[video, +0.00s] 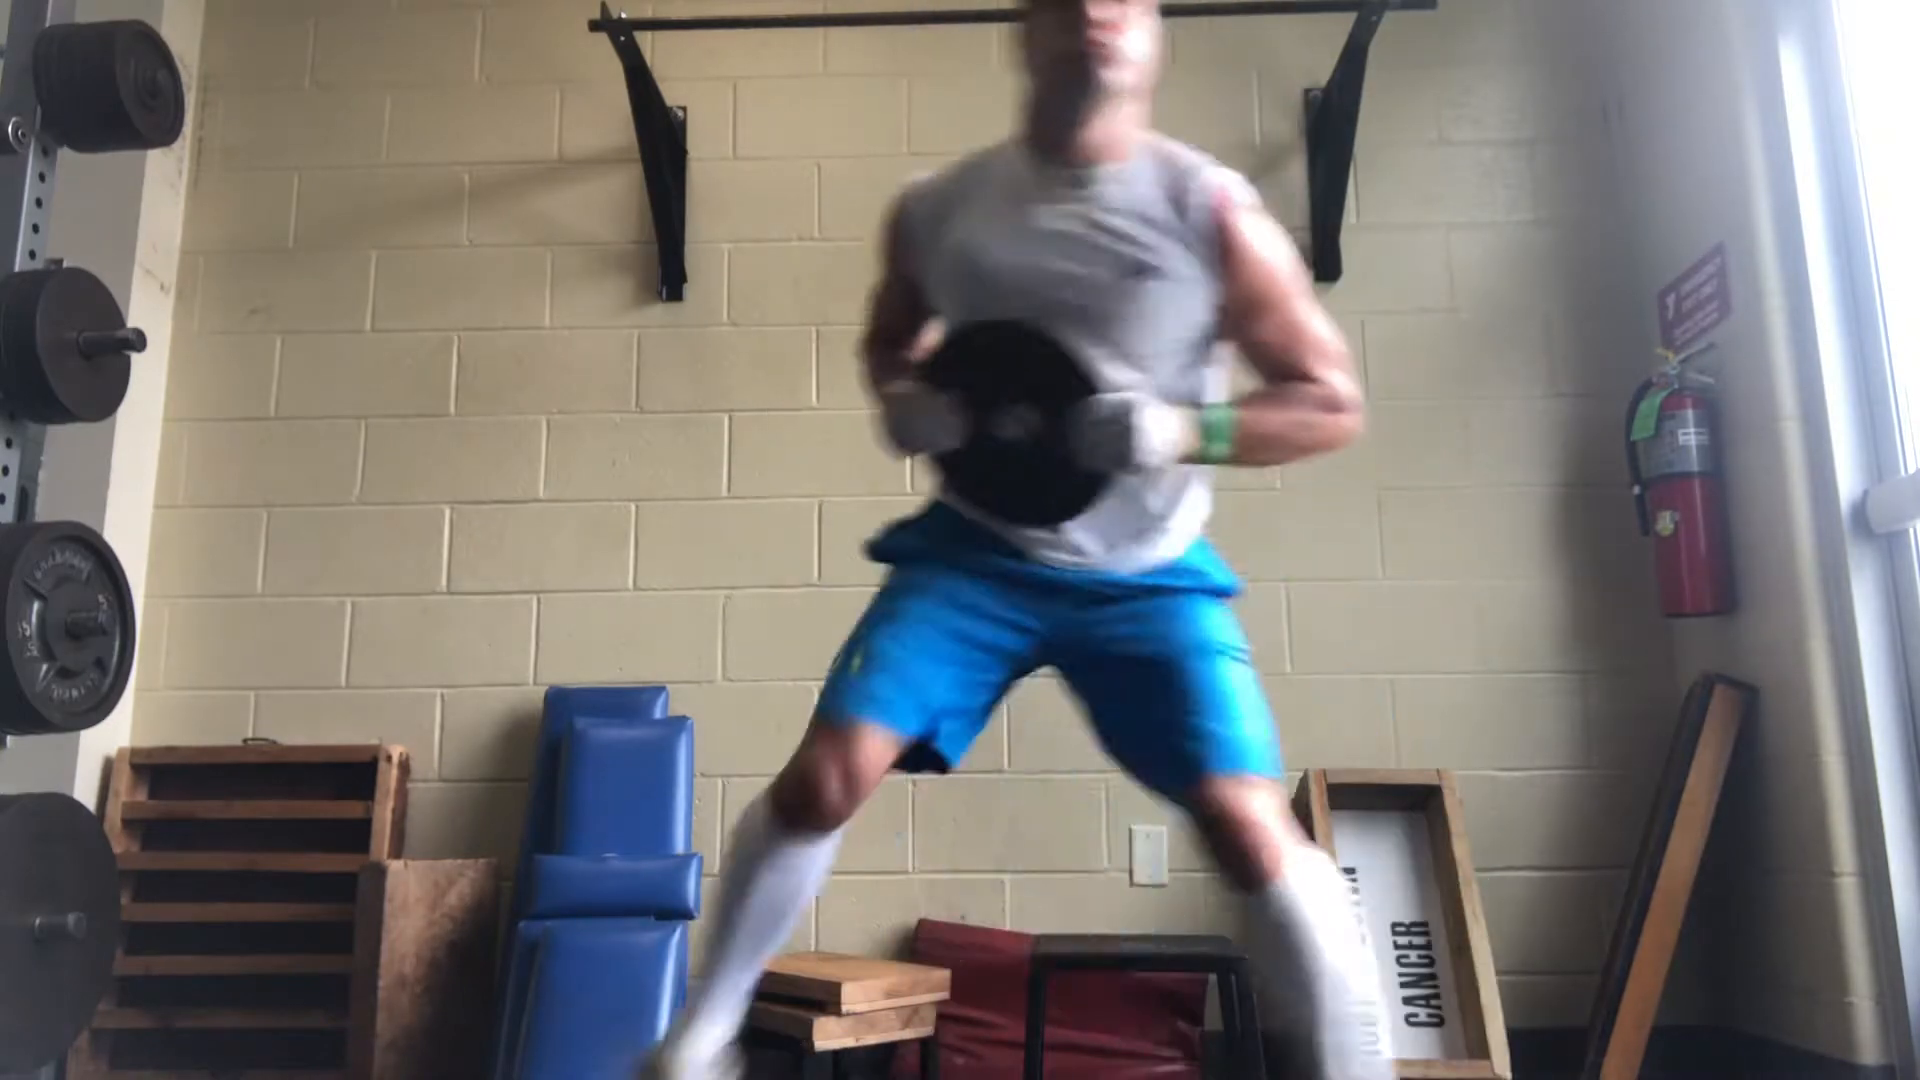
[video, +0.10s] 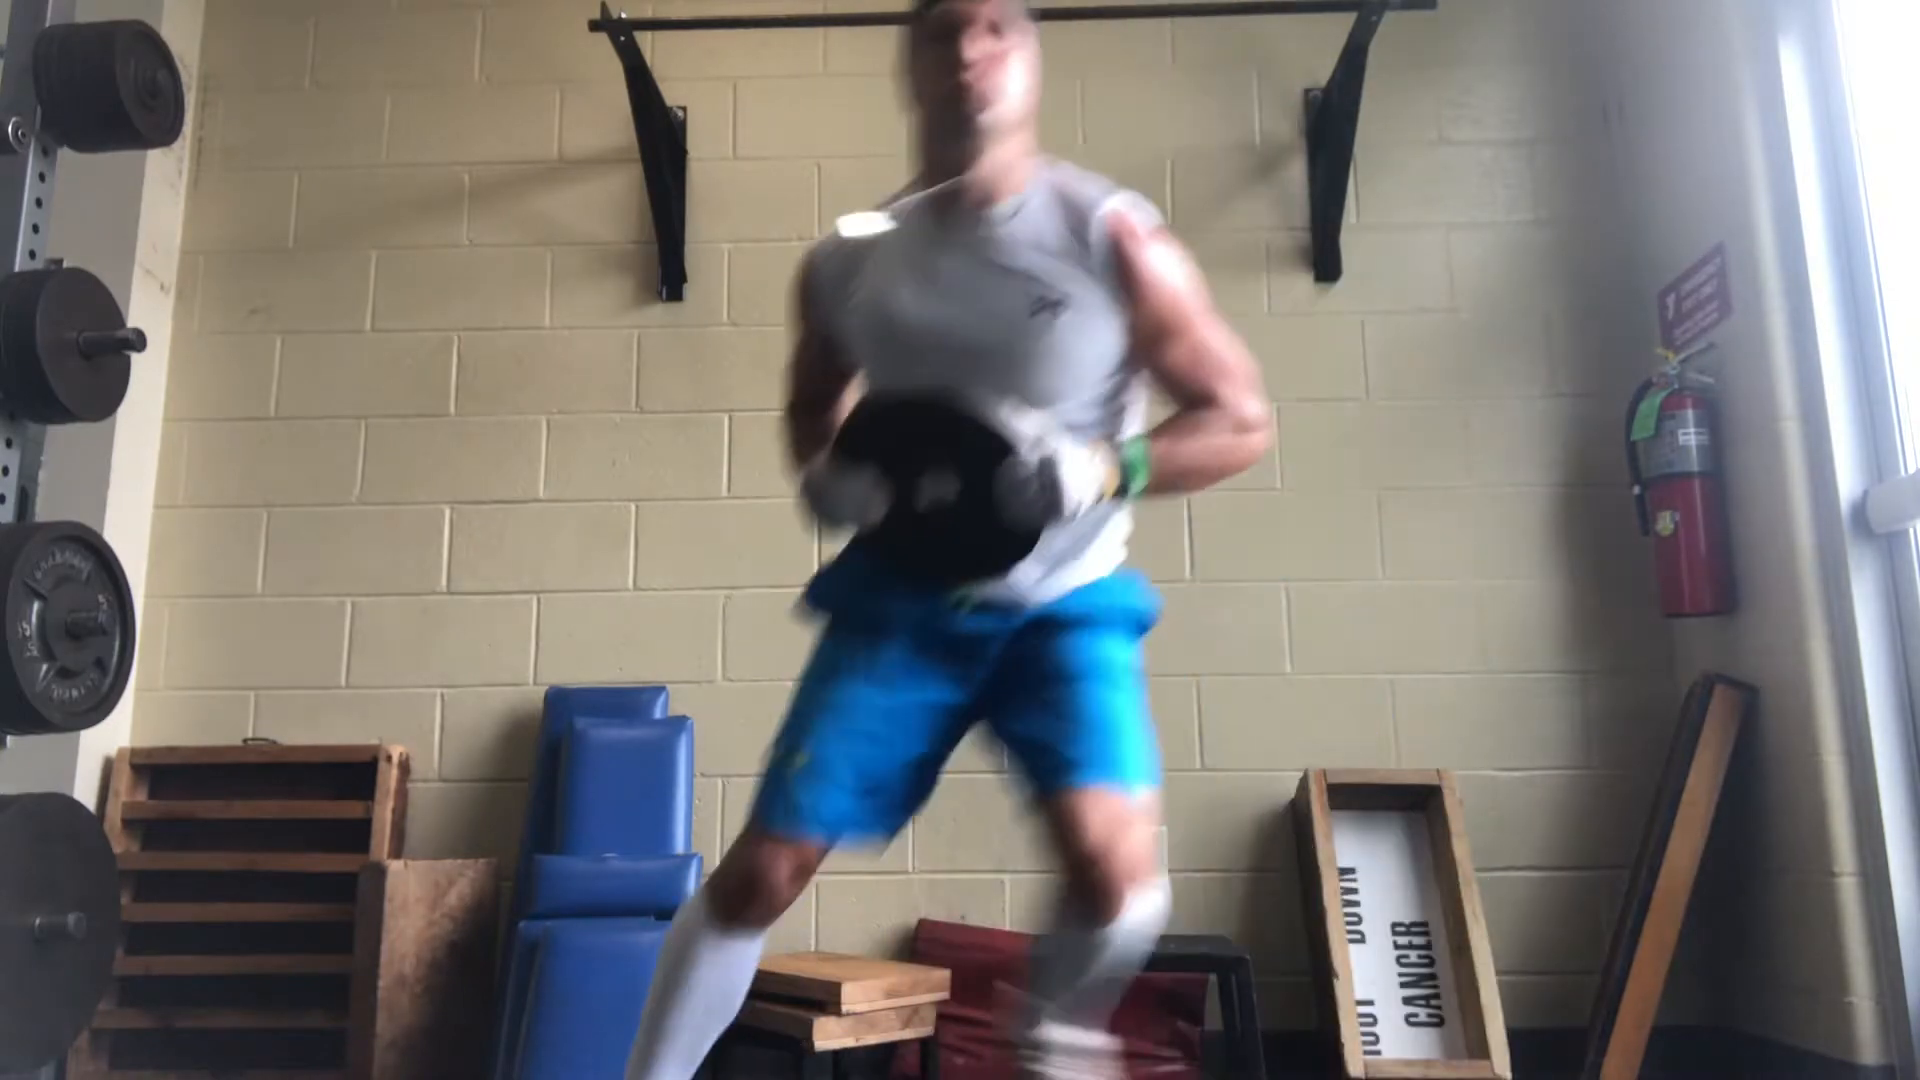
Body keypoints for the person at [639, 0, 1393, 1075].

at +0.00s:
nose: (1099, 25)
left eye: (1122, 6)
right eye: (1067, 7)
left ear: (1155, 37)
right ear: (1023, 33)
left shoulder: (1210, 212)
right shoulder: (936, 214)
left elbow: (1332, 404)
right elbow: (887, 362)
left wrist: (1173, 430)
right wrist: (916, 410)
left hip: (1152, 581)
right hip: (972, 562)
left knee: (1249, 829)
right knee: (823, 780)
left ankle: (1361, 1073)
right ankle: (690, 1053)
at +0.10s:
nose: (968, 56)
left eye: (995, 31)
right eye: (941, 34)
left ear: (1033, 62)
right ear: (911, 69)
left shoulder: (1111, 234)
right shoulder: (848, 265)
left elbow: (1243, 421)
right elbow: (811, 427)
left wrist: (1100, 469)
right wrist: (837, 484)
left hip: (1068, 614)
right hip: (901, 610)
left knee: (1122, 883)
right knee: (763, 872)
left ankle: (1049, 1036)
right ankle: (649, 1075)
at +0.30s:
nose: (884, 134)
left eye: (904, 117)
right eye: (856, 124)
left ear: (942, 152)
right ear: (825, 166)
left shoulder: (1042, 304)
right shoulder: (775, 358)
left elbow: (1184, 463)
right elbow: (745, 524)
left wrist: (1090, 522)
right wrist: (793, 566)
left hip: (1022, 676)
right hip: (849, 676)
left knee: (1053, 919)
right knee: (714, 906)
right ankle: (641, 1077)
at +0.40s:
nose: (967, 106)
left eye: (987, 83)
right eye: (940, 90)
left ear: (1025, 109)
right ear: (905, 126)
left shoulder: (1109, 265)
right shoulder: (839, 304)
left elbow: (1252, 418)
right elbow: (793, 470)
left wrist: (1178, 470)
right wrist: (873, 494)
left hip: (1092, 629)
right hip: (910, 645)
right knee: (782, 889)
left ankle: (1289, 1038)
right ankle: (668, 1074)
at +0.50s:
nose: (1088, 72)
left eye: (1111, 50)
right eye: (1060, 53)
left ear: (1151, 82)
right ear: (1021, 86)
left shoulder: (1220, 247)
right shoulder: (938, 262)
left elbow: (1333, 395)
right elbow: (879, 434)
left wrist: (1292, 451)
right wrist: (981, 467)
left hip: (1180, 606)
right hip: (998, 616)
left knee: (1317, 813)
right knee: (874, 857)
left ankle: (1501, 1068)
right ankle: (771, 1066)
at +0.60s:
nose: (1204, 105)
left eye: (1225, 82)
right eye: (1173, 83)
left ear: (1260, 119)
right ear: (1129, 114)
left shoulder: (1318, 295)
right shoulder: (1036, 294)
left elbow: (1393, 440)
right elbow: (973, 480)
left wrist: (1384, 511)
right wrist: (1092, 529)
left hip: (1270, 655)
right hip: (1086, 660)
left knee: (1404, 871)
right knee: (1003, 901)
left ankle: (1528, 1071)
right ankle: (971, 1062)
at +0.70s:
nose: (1278, 128)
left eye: (1298, 112)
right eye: (1246, 113)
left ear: (1324, 154)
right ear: (1195, 147)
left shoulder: (1368, 336)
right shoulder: (1088, 311)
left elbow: (1438, 491)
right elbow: (1010, 497)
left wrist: (1432, 561)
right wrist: (1129, 569)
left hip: (1301, 670)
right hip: (1119, 674)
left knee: (1431, 889)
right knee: (1066, 933)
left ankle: (1539, 1074)